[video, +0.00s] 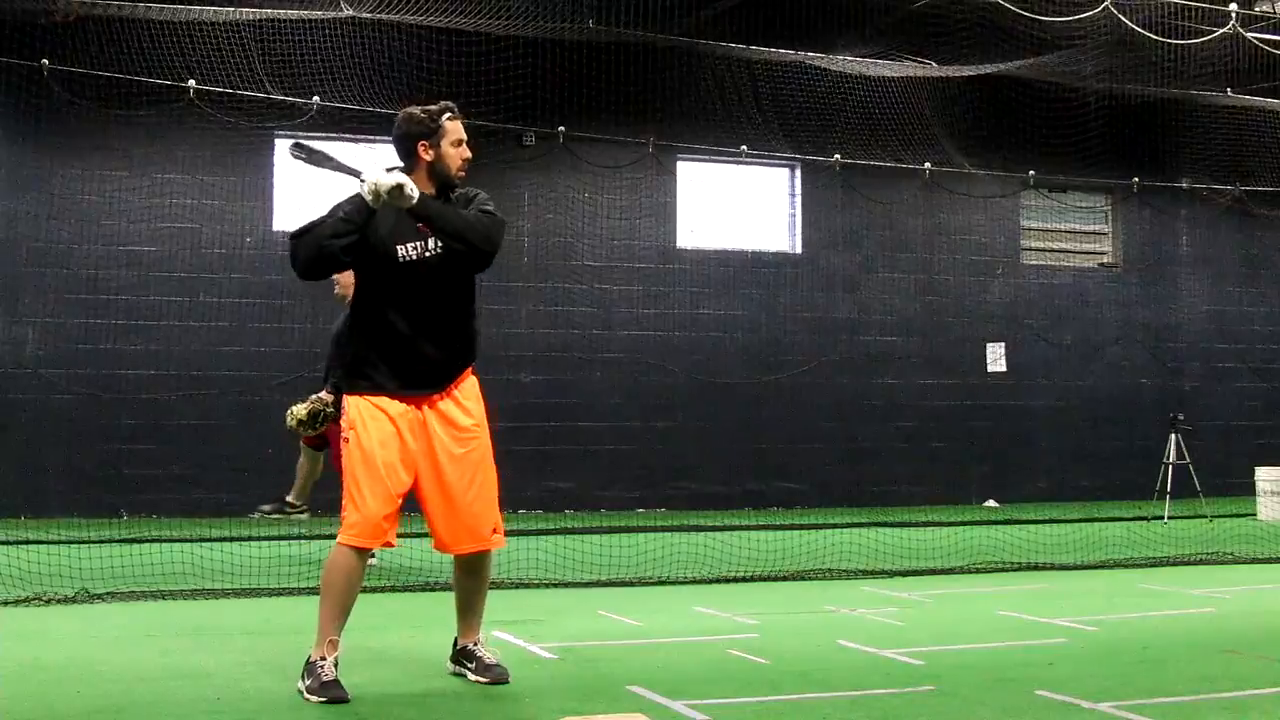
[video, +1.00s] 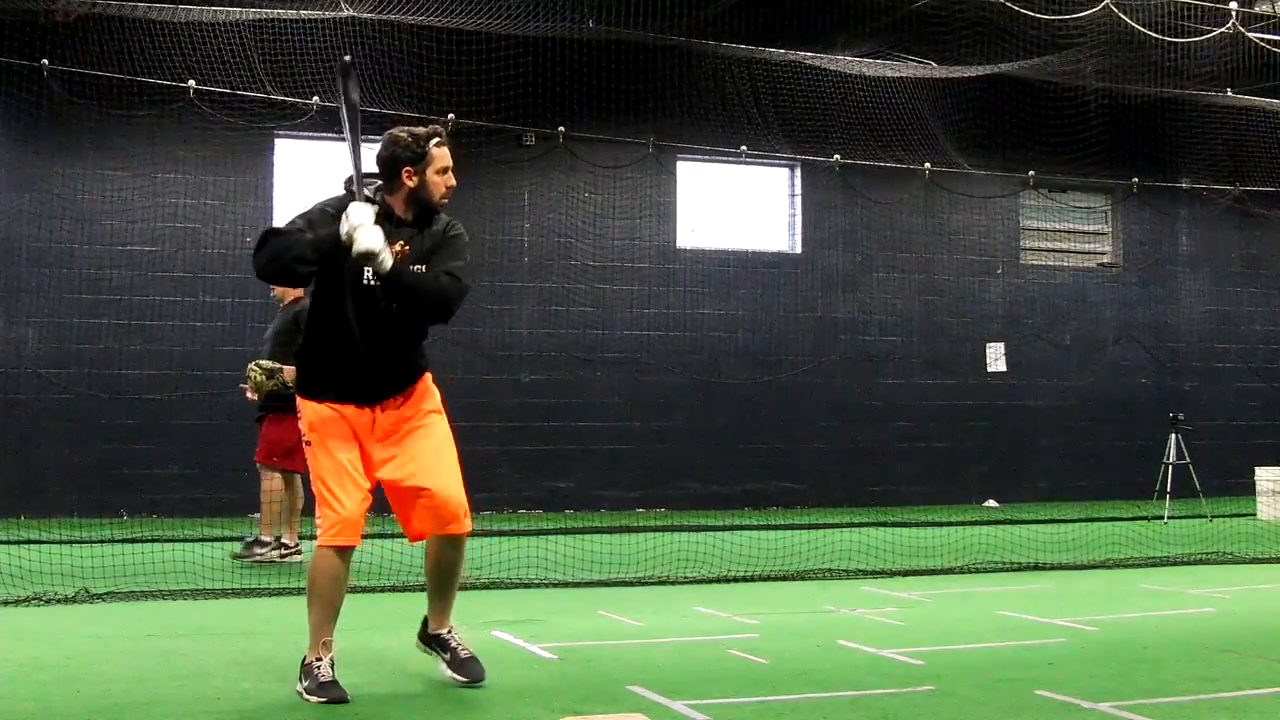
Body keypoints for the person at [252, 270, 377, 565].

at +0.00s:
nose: (335, 280)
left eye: (341, 273)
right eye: (335, 273)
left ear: (359, 277)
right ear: (349, 279)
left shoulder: (366, 319)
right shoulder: (353, 319)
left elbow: (351, 359)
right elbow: (341, 359)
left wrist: (330, 393)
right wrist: (328, 393)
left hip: (374, 401)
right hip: (345, 396)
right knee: (313, 435)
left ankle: (365, 540)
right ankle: (296, 501)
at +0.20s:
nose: (321, 278)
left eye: (327, 272)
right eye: (321, 271)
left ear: (345, 278)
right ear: (322, 276)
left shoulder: (356, 313)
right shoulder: (335, 312)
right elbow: (332, 370)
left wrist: (330, 418)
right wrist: (320, 410)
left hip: (361, 405)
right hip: (335, 400)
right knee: (302, 439)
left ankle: (363, 540)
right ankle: (271, 509)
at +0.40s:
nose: (305, 280)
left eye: (312, 274)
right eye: (306, 274)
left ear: (330, 280)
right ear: (311, 282)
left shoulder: (342, 313)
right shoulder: (313, 317)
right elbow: (308, 364)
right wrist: (301, 400)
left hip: (337, 403)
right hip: (304, 402)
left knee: (346, 476)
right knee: (296, 471)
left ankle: (359, 542)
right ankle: (289, 538)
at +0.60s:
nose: (289, 280)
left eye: (295, 275)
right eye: (289, 275)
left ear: (314, 281)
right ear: (299, 283)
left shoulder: (320, 315)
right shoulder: (297, 317)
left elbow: (330, 368)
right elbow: (293, 369)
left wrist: (326, 417)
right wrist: (271, 394)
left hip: (312, 412)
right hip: (287, 412)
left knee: (331, 479)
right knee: (293, 478)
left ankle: (350, 537)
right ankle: (289, 542)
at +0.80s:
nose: (275, 279)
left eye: (282, 274)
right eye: (276, 274)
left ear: (301, 279)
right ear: (293, 281)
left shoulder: (310, 312)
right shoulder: (288, 313)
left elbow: (326, 363)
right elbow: (292, 365)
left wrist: (302, 381)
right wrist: (267, 383)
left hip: (301, 403)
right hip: (285, 402)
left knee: (280, 466)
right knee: (290, 470)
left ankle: (322, 526)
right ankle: (288, 541)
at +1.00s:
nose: (271, 289)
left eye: (276, 282)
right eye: (272, 283)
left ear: (292, 284)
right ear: (289, 285)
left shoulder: (302, 312)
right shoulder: (286, 314)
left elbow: (309, 368)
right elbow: (282, 362)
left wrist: (273, 375)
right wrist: (260, 388)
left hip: (286, 408)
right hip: (281, 406)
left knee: (268, 468)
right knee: (289, 473)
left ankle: (266, 537)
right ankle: (290, 541)